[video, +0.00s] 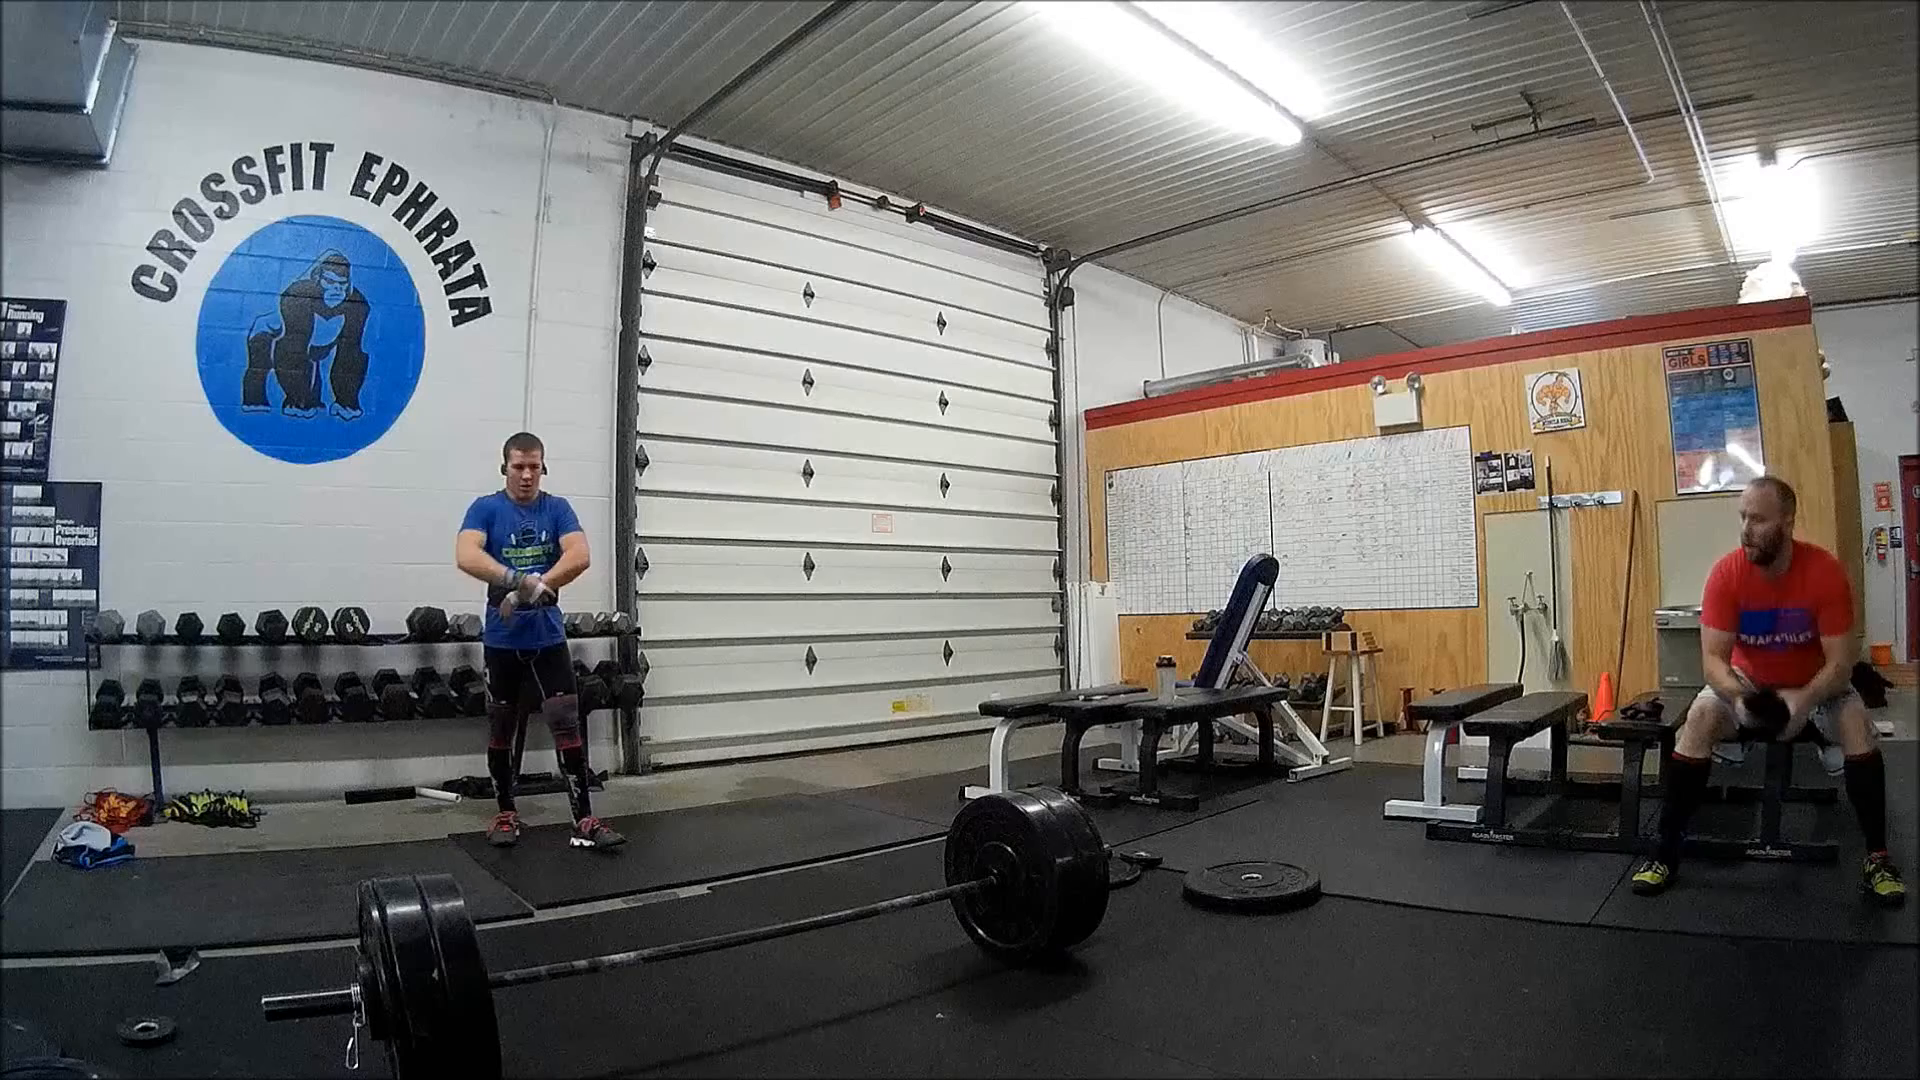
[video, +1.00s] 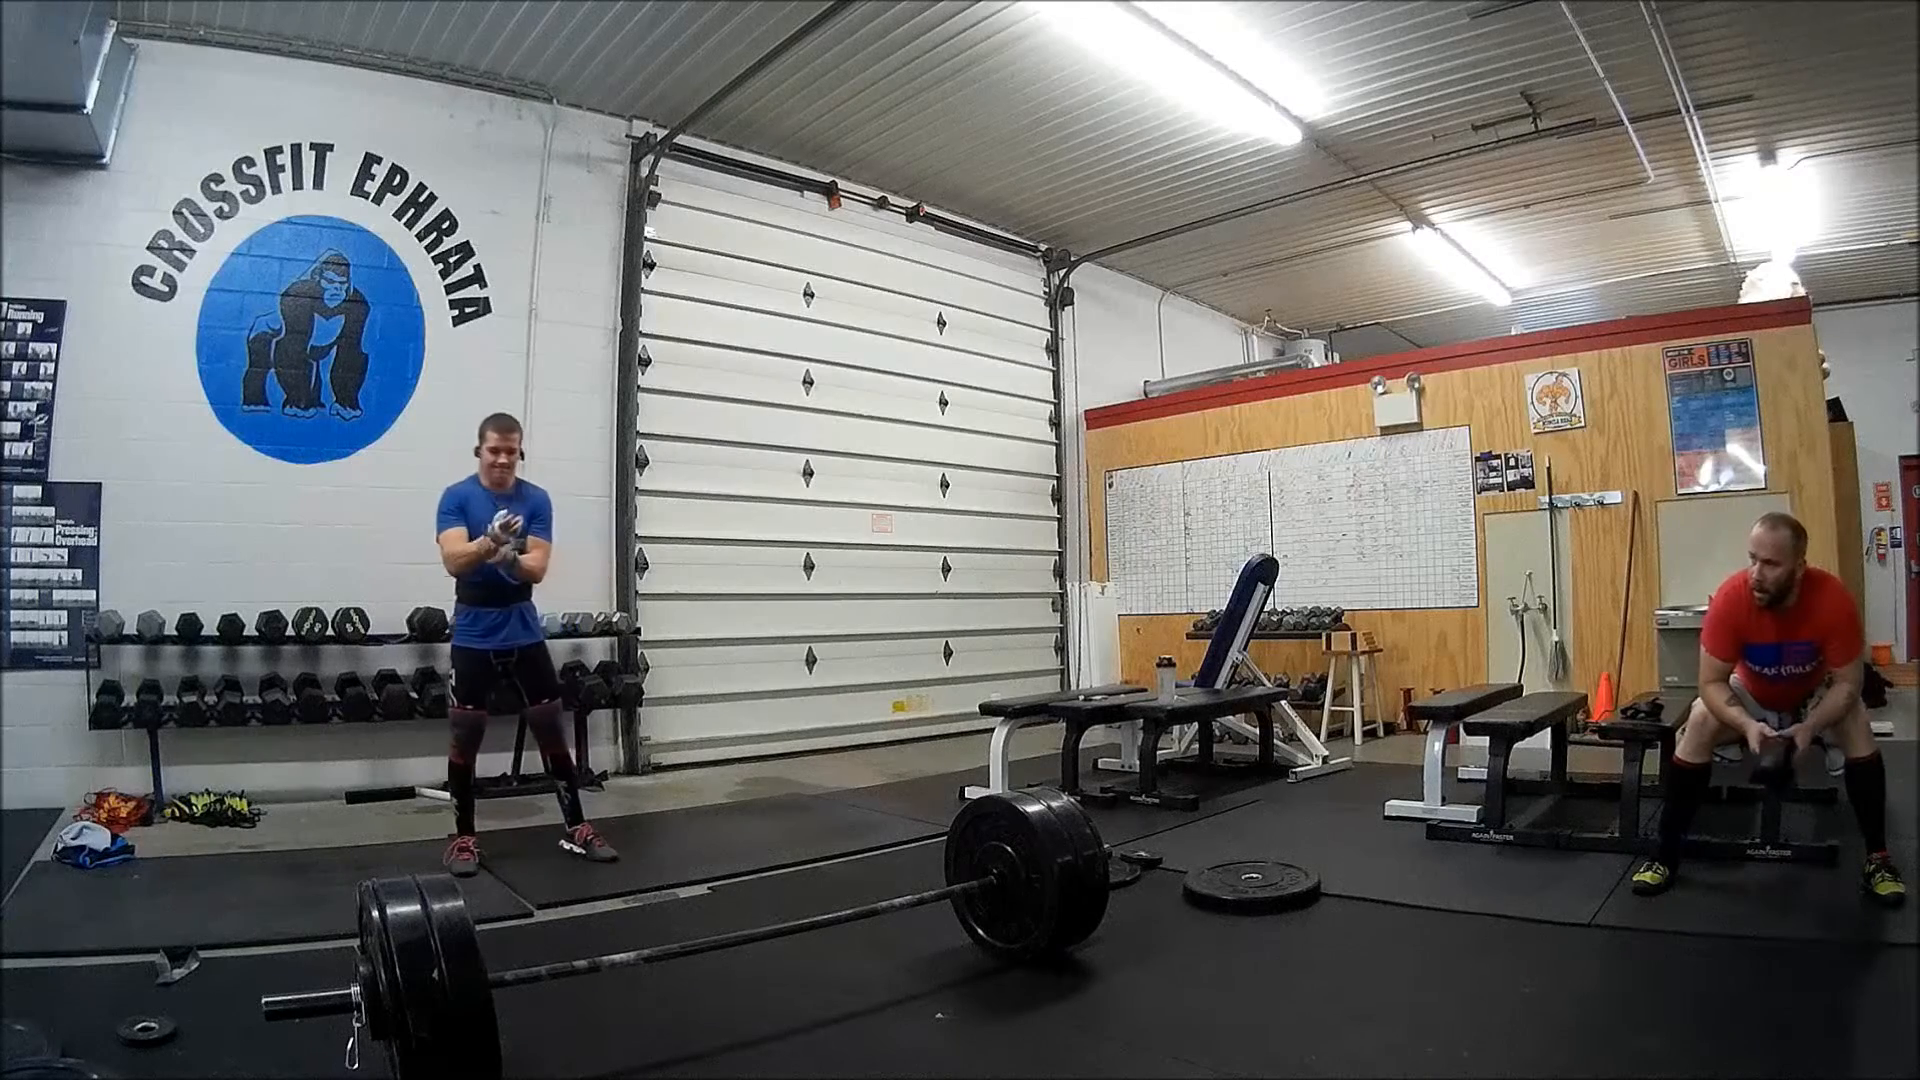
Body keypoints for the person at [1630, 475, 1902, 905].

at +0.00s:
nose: (1747, 528)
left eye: (1759, 519)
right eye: (1744, 517)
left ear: (1789, 520)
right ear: (1740, 516)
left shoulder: (1824, 571)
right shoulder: (1727, 573)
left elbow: (1841, 663)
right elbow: (1713, 657)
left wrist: (1803, 700)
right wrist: (1738, 694)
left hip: (1814, 689)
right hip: (1747, 688)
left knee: (1855, 717)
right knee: (1700, 714)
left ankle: (1877, 858)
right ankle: (1665, 856)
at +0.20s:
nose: (1748, 558)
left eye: (1760, 549)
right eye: (1745, 546)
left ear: (1792, 547)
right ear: (1742, 541)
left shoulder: (1826, 586)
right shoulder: (1726, 587)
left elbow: (1843, 682)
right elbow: (1710, 672)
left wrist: (1802, 720)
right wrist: (1738, 717)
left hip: (1814, 688)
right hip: (1749, 687)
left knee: (1855, 720)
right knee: (1699, 718)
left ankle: (1877, 859)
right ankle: (1664, 856)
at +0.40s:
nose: (1748, 573)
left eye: (1762, 564)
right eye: (1746, 560)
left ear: (1793, 564)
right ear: (1742, 554)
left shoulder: (1827, 594)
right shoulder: (1725, 594)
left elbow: (1847, 683)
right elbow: (1706, 678)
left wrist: (1809, 724)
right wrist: (1736, 718)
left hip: (1812, 693)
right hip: (1747, 692)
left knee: (1855, 721)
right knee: (1697, 720)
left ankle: (1878, 859)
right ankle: (1665, 858)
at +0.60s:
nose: (1748, 575)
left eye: (1762, 567)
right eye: (1746, 562)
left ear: (1793, 566)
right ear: (1742, 556)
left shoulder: (1826, 596)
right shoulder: (1726, 595)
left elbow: (1847, 682)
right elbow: (1706, 679)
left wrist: (1810, 726)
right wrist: (1739, 724)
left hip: (1812, 695)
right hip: (1747, 694)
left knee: (1858, 721)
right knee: (1696, 721)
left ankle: (1878, 858)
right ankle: (1665, 858)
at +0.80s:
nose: (1752, 575)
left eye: (1765, 566)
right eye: (1748, 562)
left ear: (1795, 564)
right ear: (1743, 556)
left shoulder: (1827, 597)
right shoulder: (1727, 596)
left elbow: (1848, 682)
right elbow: (1709, 681)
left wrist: (1811, 723)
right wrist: (1743, 726)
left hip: (1813, 695)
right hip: (1748, 694)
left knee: (1857, 720)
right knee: (1697, 720)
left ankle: (1878, 858)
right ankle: (1665, 858)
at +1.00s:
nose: (1756, 574)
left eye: (1770, 564)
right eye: (1753, 560)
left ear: (1800, 565)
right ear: (1748, 556)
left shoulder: (1832, 598)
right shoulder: (1731, 596)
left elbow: (1847, 682)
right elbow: (1711, 681)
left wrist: (1812, 725)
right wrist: (1746, 724)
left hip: (1814, 695)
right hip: (1750, 694)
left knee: (1855, 721)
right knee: (1699, 720)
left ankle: (1878, 857)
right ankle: (1665, 858)